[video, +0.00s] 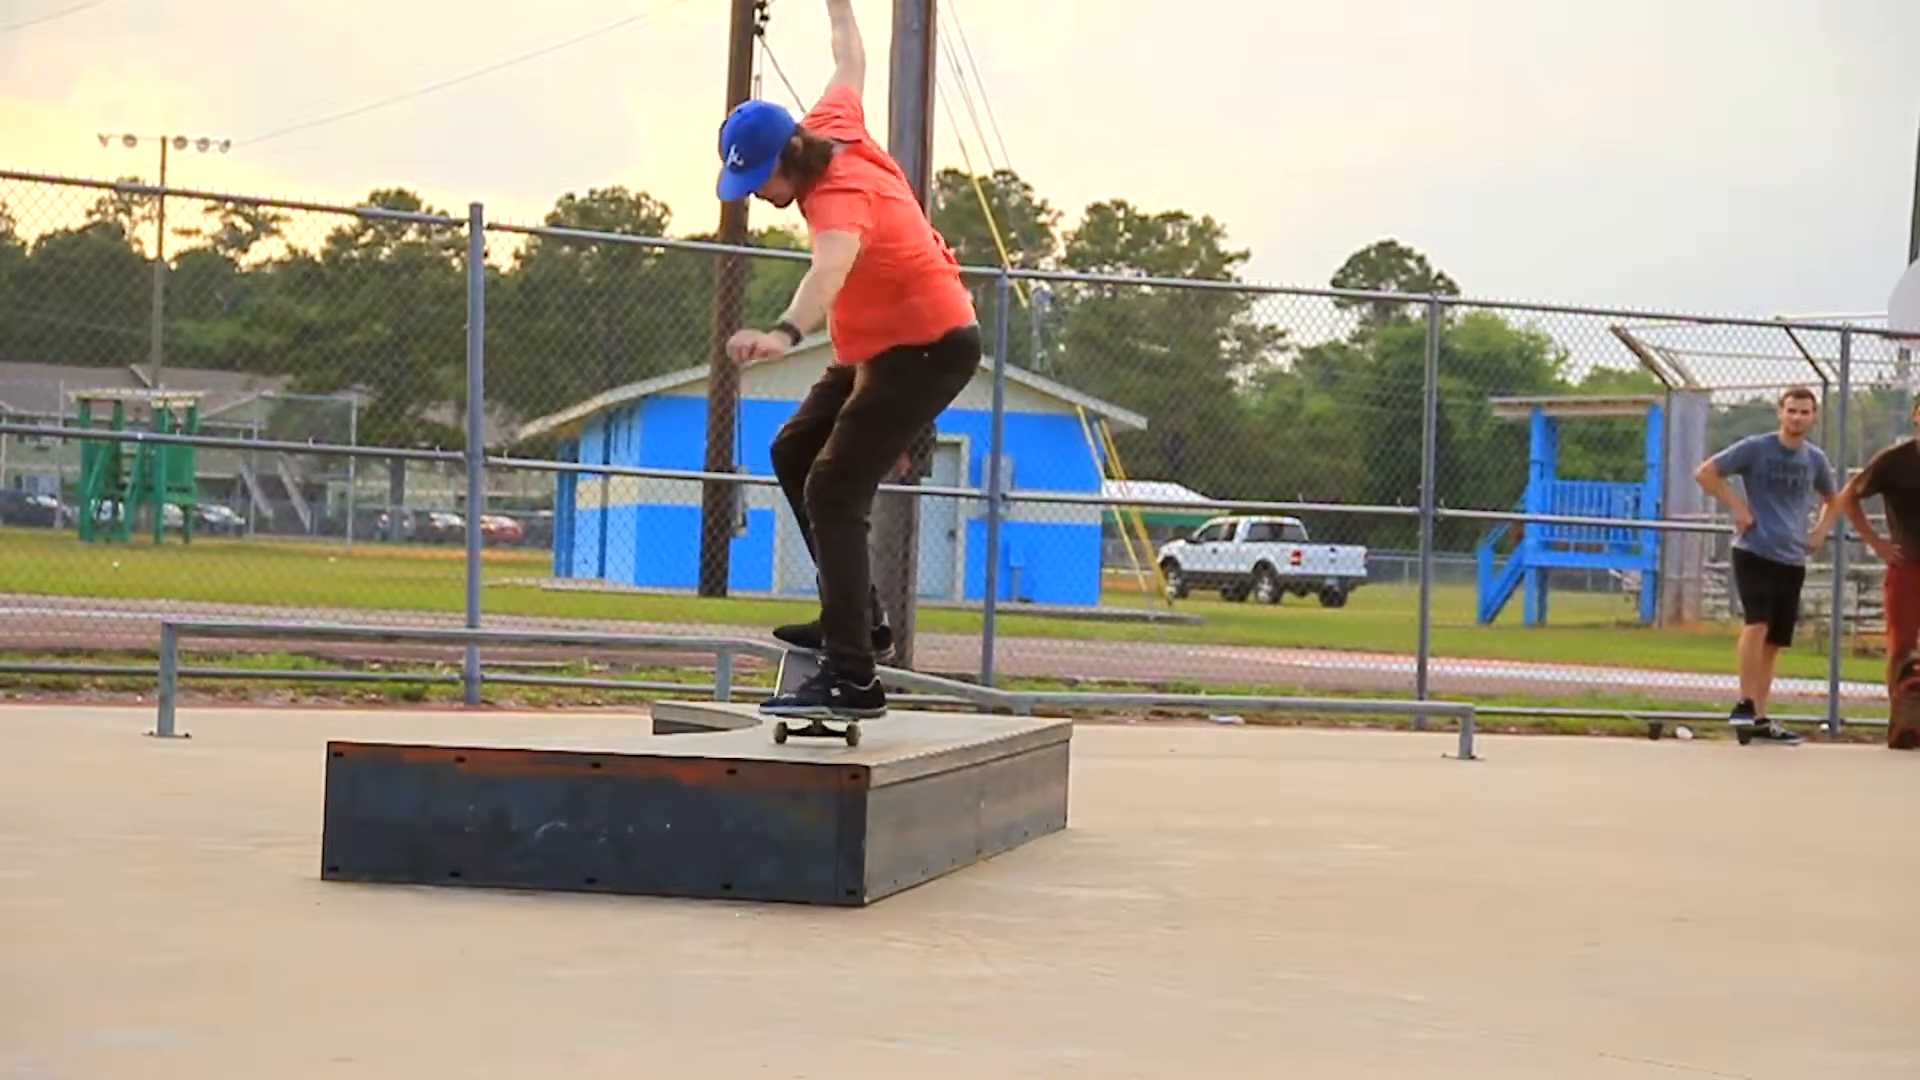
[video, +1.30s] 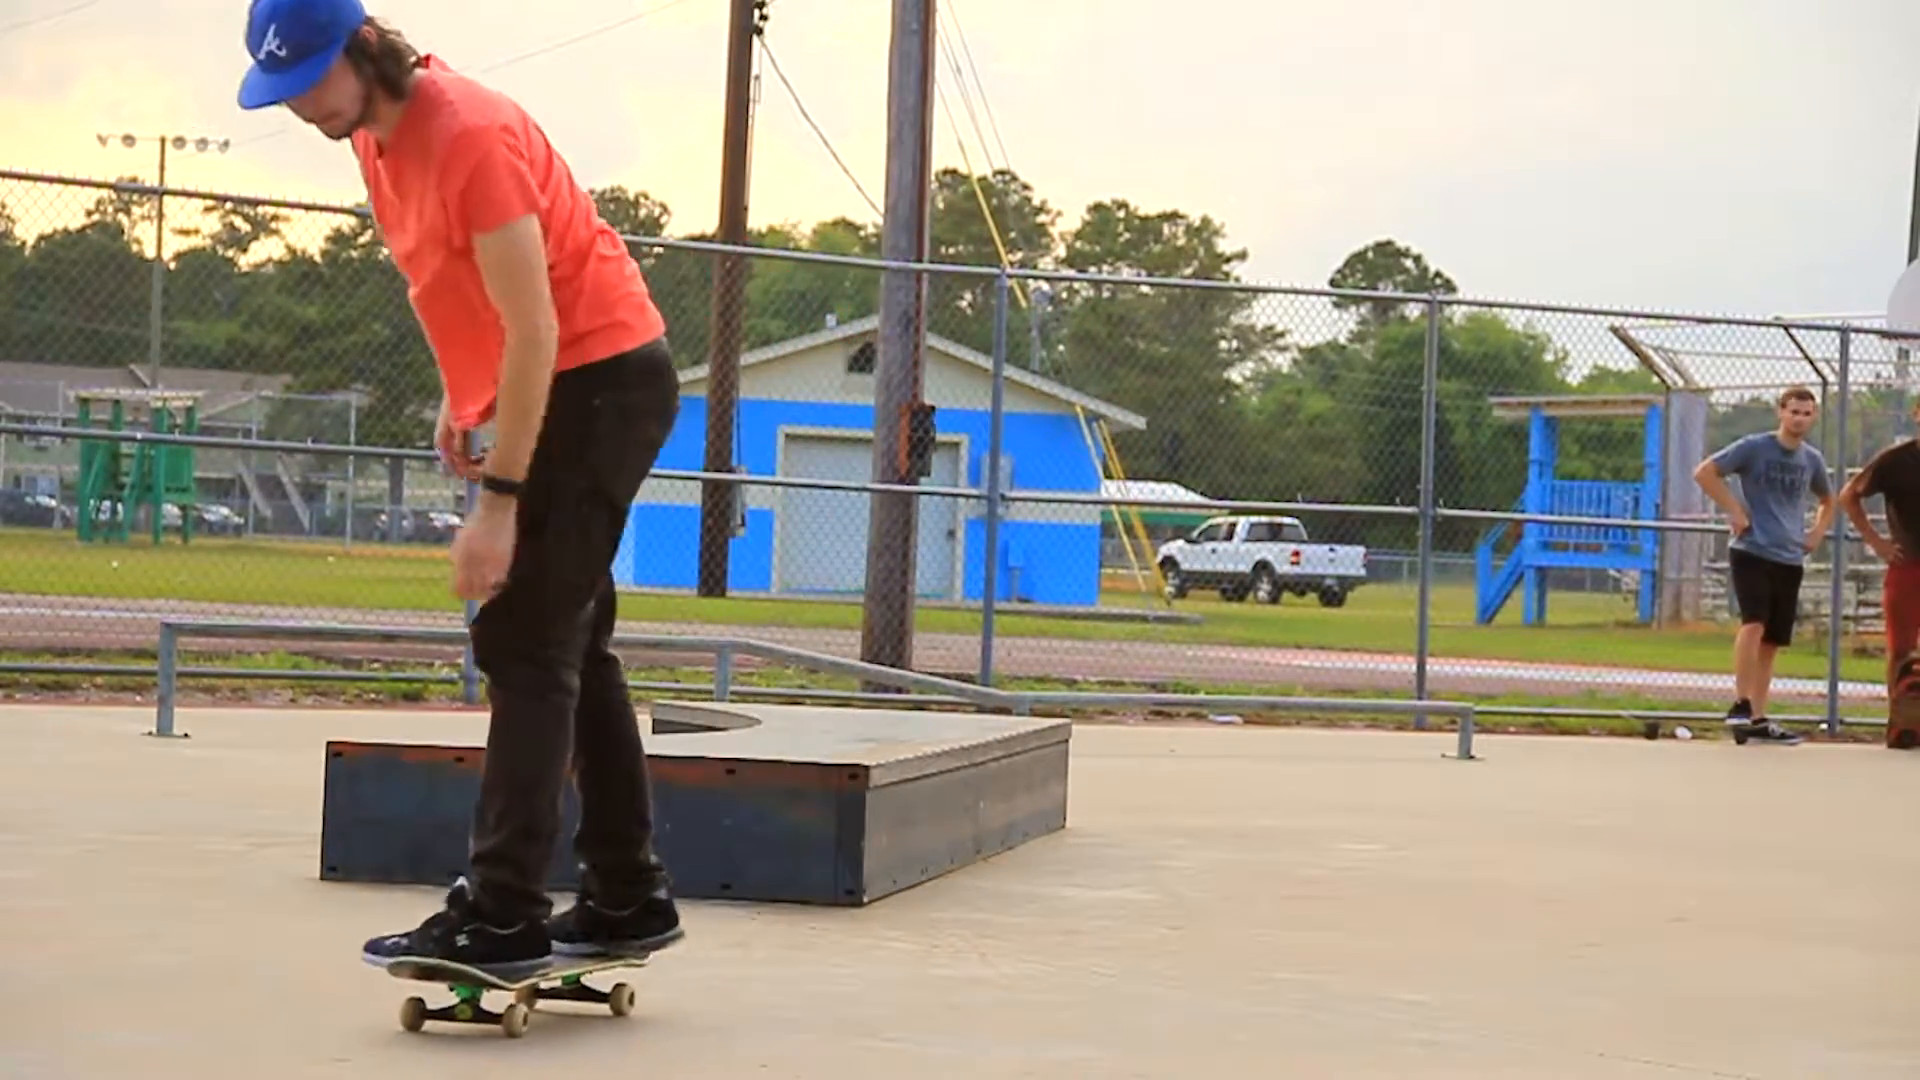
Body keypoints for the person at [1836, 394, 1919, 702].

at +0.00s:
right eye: (1919, 412)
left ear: (1914, 415)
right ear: (1915, 415)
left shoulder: (1900, 457)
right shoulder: (1900, 457)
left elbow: (1849, 497)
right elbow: (1848, 497)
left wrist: (1876, 542)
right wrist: (1876, 543)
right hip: (1907, 566)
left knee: (1904, 651)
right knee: (1902, 649)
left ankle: (1906, 729)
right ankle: (1901, 729)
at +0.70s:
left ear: (1914, 416)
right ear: (1915, 416)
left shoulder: (1900, 458)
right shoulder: (1900, 459)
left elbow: (1850, 497)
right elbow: (1849, 496)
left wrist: (1878, 544)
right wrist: (1878, 544)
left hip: (1909, 568)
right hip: (1907, 567)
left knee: (1905, 650)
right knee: (1903, 649)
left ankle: (1905, 726)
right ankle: (1902, 726)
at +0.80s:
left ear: (1914, 417)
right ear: (1915, 417)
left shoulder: (1901, 458)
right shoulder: (1901, 459)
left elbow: (1850, 496)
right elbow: (1849, 496)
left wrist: (1875, 541)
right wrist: (1876, 542)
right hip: (1907, 567)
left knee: (1906, 654)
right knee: (1904, 653)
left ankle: (1905, 733)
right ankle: (1903, 733)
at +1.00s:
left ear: (1914, 417)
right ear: (1915, 417)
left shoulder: (1900, 458)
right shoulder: (1900, 458)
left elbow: (1850, 496)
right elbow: (1849, 495)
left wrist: (1877, 543)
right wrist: (1877, 543)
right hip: (1907, 569)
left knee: (1905, 657)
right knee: (1903, 656)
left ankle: (1906, 739)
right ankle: (1903, 741)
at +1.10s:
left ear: (1914, 416)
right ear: (1915, 416)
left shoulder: (1901, 457)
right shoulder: (1900, 458)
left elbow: (1850, 496)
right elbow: (1849, 495)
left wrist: (1877, 544)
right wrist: (1877, 543)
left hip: (1909, 568)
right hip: (1906, 567)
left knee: (1904, 650)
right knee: (1903, 648)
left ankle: (1905, 726)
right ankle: (1902, 726)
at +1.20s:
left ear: (1913, 415)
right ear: (1915, 415)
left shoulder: (1901, 457)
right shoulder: (1901, 458)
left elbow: (1849, 495)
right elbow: (1849, 495)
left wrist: (1875, 542)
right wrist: (1876, 542)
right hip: (1907, 567)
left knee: (1905, 653)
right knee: (1903, 652)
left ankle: (1904, 732)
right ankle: (1902, 732)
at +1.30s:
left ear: (1914, 415)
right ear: (1915, 415)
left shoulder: (1901, 457)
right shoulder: (1900, 458)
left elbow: (1849, 495)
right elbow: (1849, 495)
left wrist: (1875, 541)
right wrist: (1876, 542)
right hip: (1907, 567)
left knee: (1905, 654)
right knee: (1903, 653)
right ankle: (1901, 732)